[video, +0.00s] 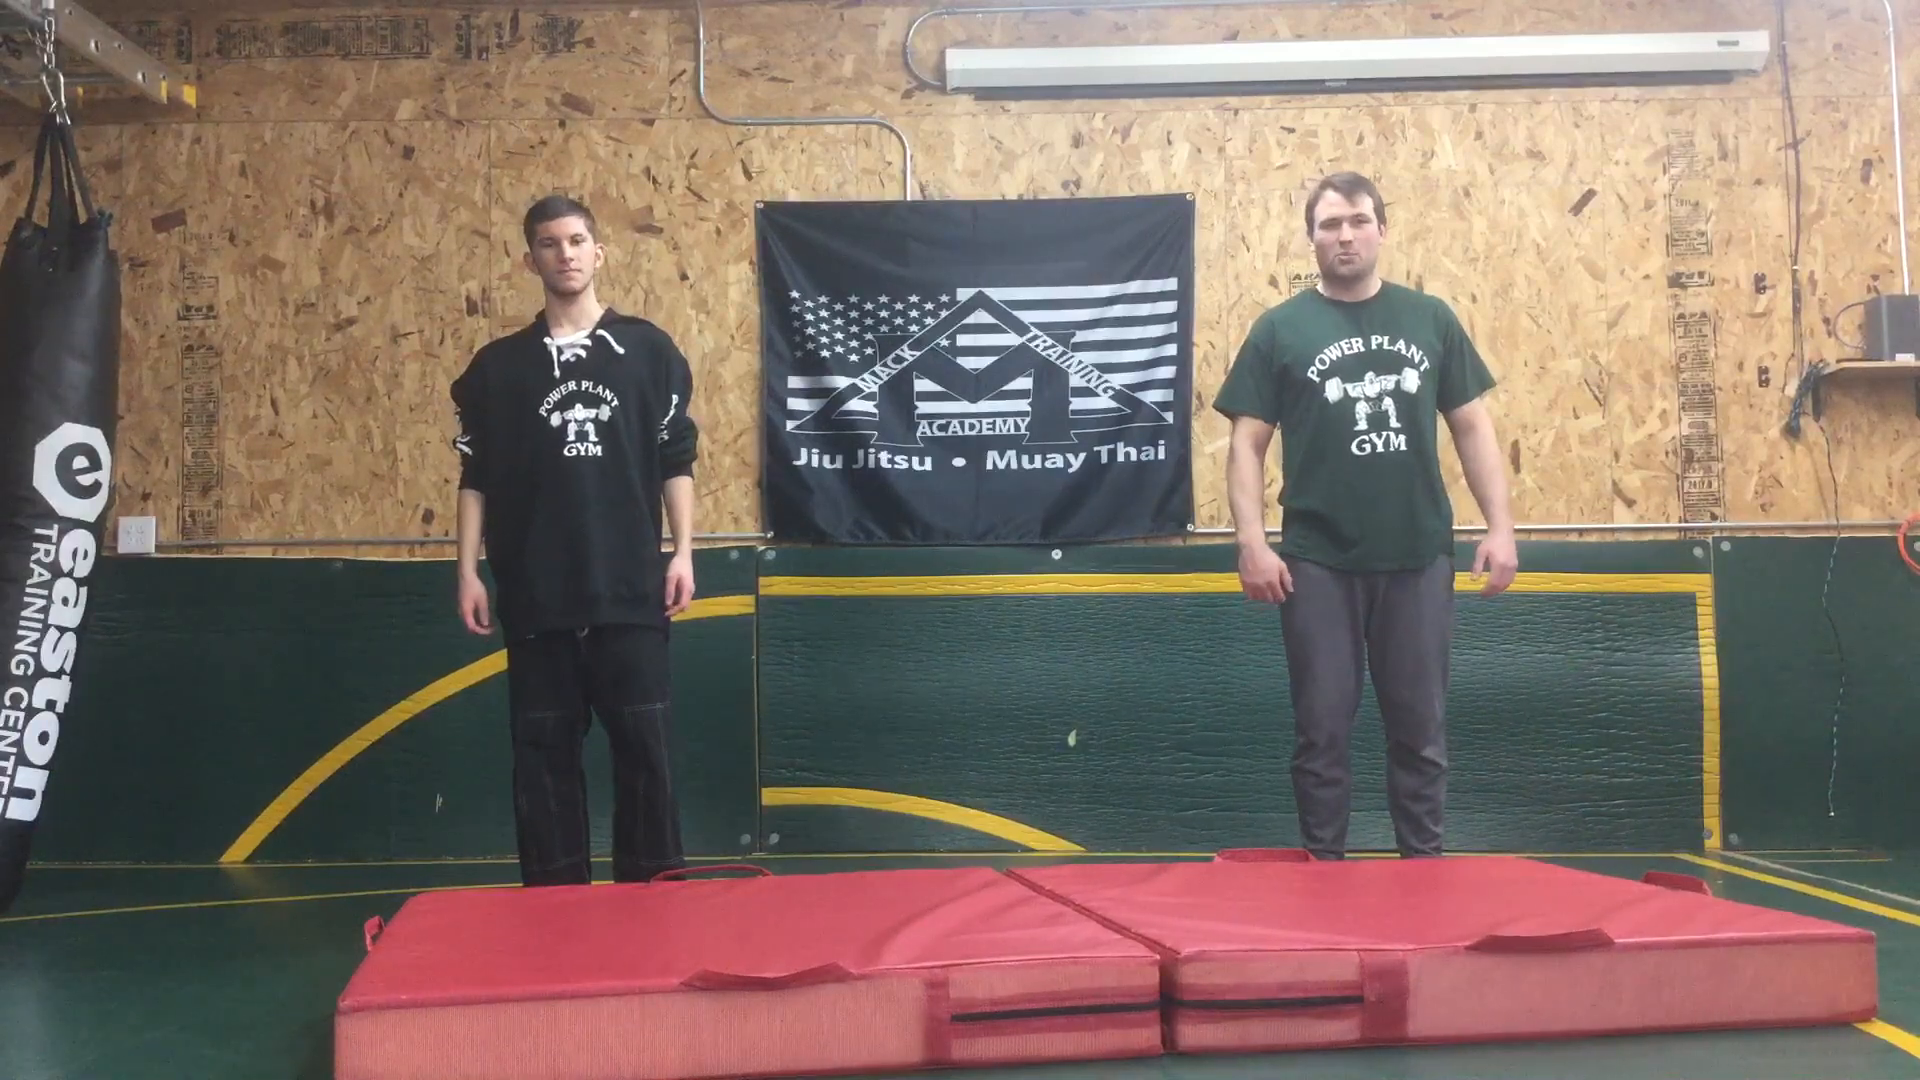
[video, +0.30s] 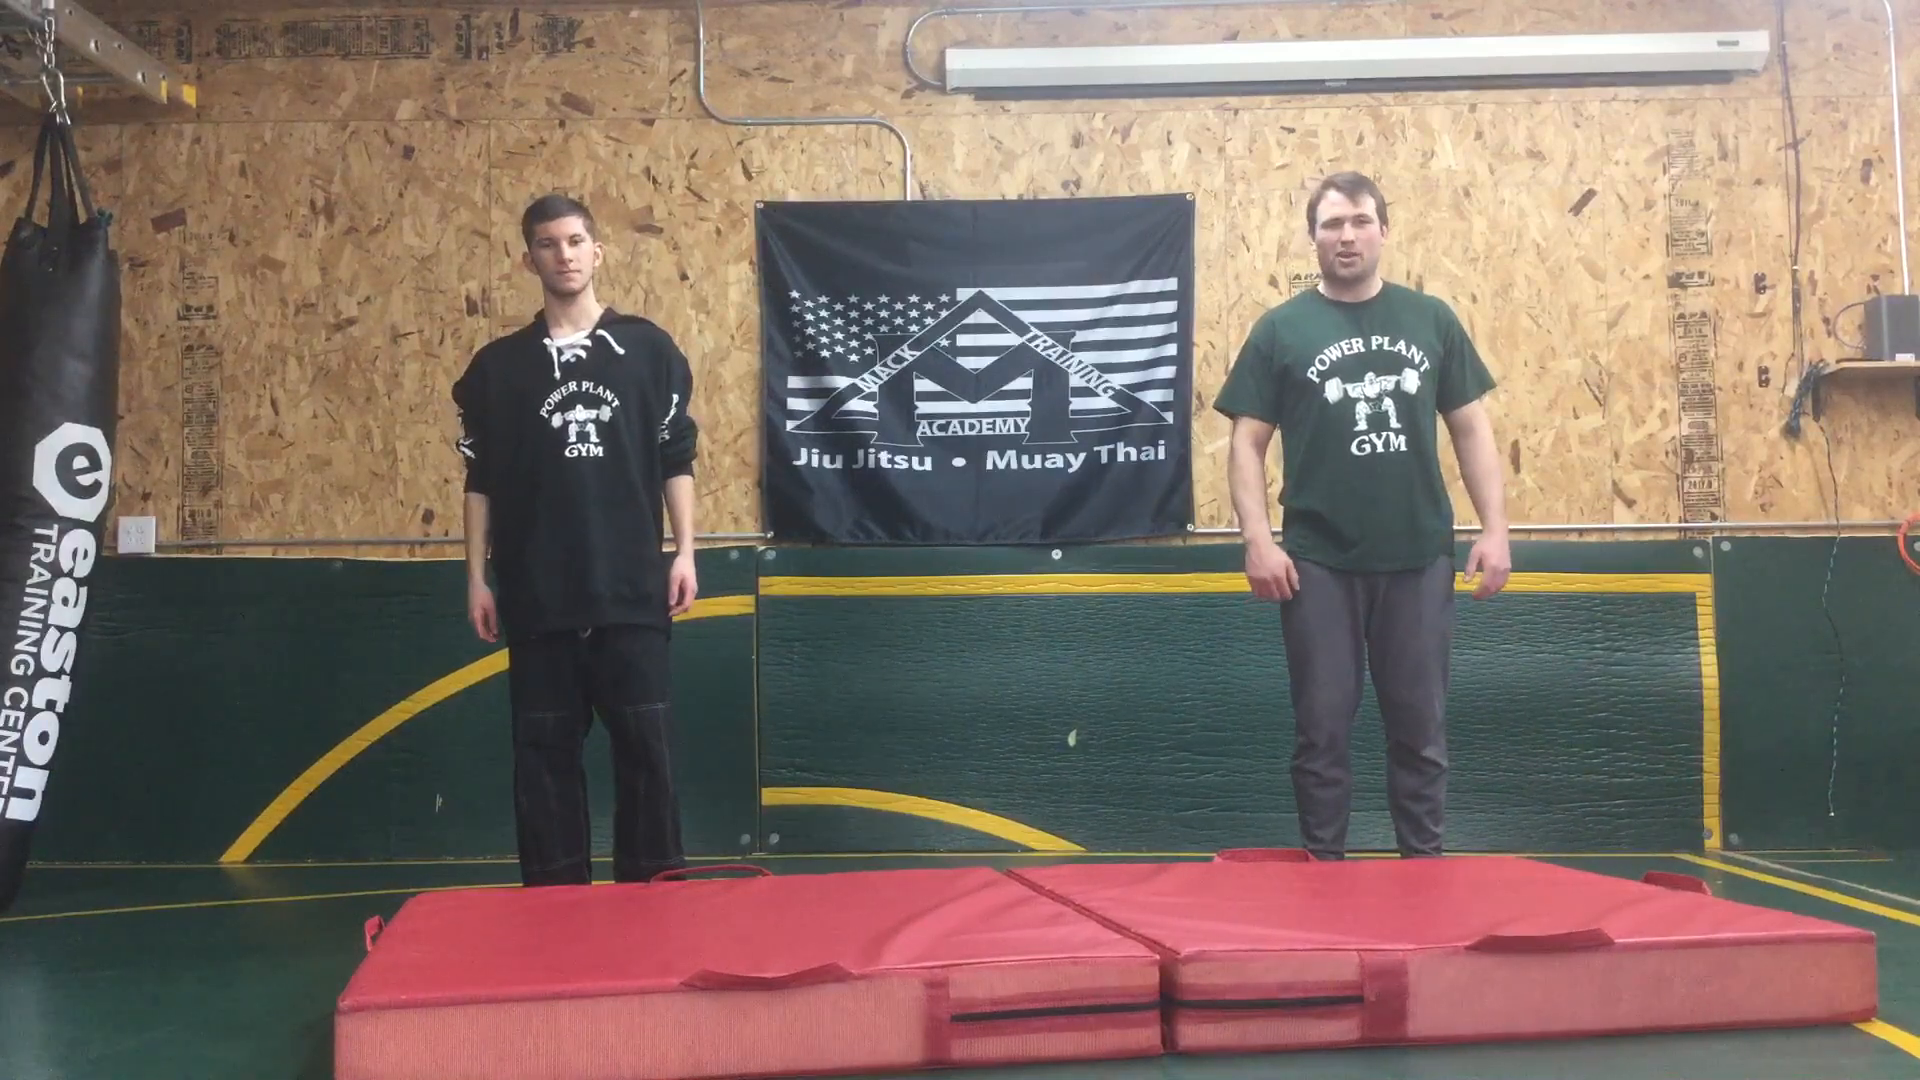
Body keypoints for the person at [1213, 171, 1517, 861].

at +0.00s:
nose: (1345, 235)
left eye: (1357, 221)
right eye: (1330, 225)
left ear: (1381, 231)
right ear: (1311, 240)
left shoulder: (1430, 319)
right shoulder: (1280, 330)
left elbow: (1471, 427)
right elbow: (1247, 444)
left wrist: (1500, 526)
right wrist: (1251, 539)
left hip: (1417, 554)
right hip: (1317, 556)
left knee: (1420, 727)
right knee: (1322, 726)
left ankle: (1423, 870)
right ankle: (1324, 872)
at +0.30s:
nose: (1347, 236)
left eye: (1360, 222)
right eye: (1332, 225)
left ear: (1383, 231)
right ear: (1312, 239)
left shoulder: (1431, 320)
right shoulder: (1280, 331)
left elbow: (1469, 427)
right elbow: (1247, 444)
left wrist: (1495, 528)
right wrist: (1257, 540)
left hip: (1418, 554)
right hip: (1317, 556)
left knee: (1420, 726)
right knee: (1323, 726)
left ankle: (1423, 870)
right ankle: (1324, 873)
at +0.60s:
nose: (1349, 238)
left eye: (1363, 224)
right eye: (1334, 225)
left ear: (1385, 234)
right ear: (1314, 237)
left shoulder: (1431, 321)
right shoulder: (1280, 330)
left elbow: (1469, 429)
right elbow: (1247, 440)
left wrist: (1499, 522)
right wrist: (1264, 525)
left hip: (1418, 556)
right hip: (1318, 558)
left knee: (1420, 727)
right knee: (1322, 727)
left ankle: (1423, 869)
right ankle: (1323, 870)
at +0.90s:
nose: (1350, 241)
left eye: (1363, 227)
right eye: (1335, 228)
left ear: (1386, 235)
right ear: (1315, 237)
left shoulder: (1432, 322)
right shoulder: (1281, 330)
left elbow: (1472, 430)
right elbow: (1245, 443)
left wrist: (1501, 528)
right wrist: (1250, 540)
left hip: (1418, 557)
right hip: (1318, 558)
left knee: (1420, 727)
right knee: (1323, 726)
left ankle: (1424, 869)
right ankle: (1324, 870)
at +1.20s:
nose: (1345, 246)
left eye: (1359, 232)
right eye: (1331, 233)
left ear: (1384, 235)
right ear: (1312, 241)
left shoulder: (1432, 322)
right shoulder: (1280, 331)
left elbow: (1471, 432)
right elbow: (1249, 448)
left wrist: (1496, 532)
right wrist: (1244, 549)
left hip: (1419, 557)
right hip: (1318, 558)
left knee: (1420, 727)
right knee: (1323, 725)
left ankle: (1423, 868)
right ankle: (1324, 869)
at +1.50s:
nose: (1345, 242)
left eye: (1358, 228)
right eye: (1331, 231)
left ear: (1383, 234)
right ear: (1312, 241)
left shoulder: (1432, 321)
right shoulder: (1281, 331)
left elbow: (1472, 428)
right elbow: (1250, 446)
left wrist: (1501, 526)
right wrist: (1250, 545)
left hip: (1419, 555)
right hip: (1319, 557)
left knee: (1421, 726)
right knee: (1323, 725)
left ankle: (1423, 869)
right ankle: (1323, 871)